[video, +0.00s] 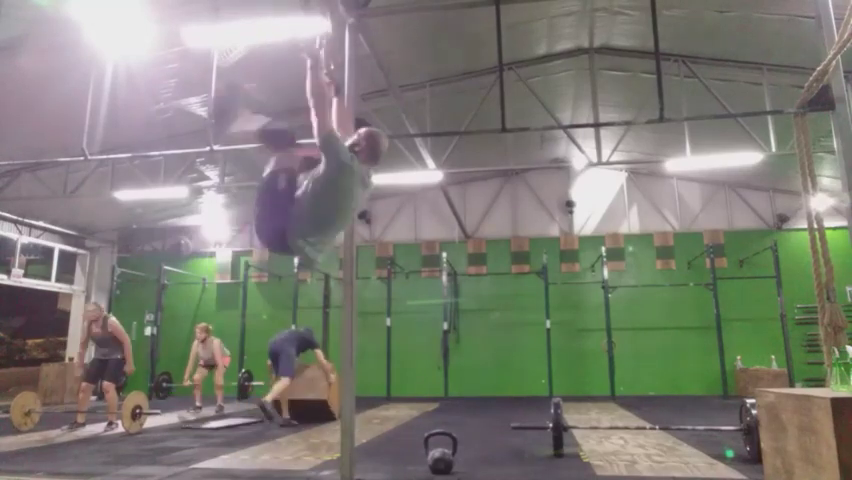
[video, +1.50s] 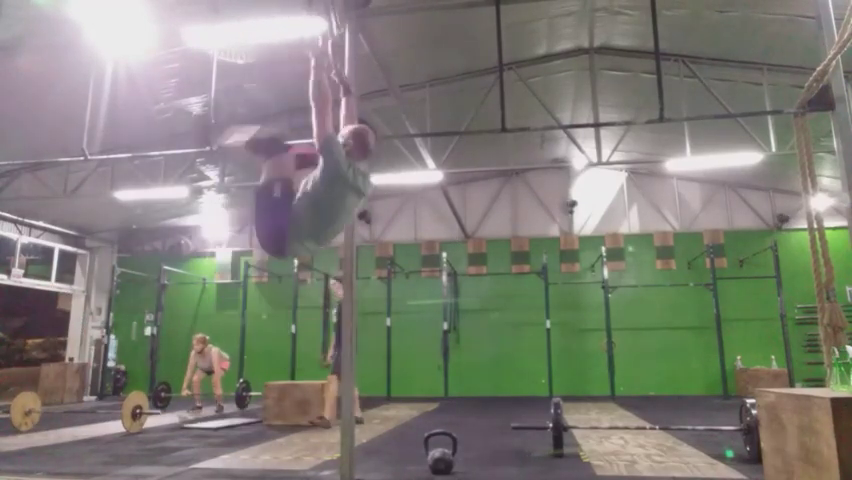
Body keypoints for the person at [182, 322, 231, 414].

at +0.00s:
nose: (198, 335)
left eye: (201, 333)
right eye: (197, 333)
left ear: (207, 334)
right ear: (195, 333)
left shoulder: (215, 342)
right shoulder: (196, 343)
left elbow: (220, 362)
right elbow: (191, 361)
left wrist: (219, 378)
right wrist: (186, 378)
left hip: (220, 360)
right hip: (205, 361)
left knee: (218, 381)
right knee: (196, 378)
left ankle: (219, 404)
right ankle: (198, 404)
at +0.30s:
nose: (201, 318)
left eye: (204, 316)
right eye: (200, 316)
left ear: (210, 317)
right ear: (199, 317)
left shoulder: (216, 328)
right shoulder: (198, 329)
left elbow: (222, 345)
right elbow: (194, 346)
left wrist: (223, 362)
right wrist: (190, 362)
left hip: (217, 355)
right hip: (204, 355)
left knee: (218, 378)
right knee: (201, 376)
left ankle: (219, 402)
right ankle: (198, 403)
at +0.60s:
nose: (203, 319)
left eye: (206, 317)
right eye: (202, 316)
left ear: (211, 318)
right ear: (201, 318)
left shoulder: (218, 329)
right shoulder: (199, 330)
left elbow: (222, 346)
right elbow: (195, 346)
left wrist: (223, 363)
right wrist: (190, 363)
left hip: (217, 356)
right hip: (204, 356)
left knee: (218, 378)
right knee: (200, 376)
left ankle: (219, 402)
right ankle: (198, 403)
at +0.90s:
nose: (197, 336)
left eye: (199, 334)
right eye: (195, 334)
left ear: (205, 334)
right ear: (194, 335)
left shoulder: (213, 342)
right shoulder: (195, 344)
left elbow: (219, 360)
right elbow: (191, 360)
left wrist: (220, 377)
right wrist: (187, 378)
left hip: (219, 360)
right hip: (205, 361)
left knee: (218, 382)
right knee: (197, 379)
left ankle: (219, 404)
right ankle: (198, 404)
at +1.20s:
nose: (205, 312)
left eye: (207, 310)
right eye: (204, 310)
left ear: (213, 312)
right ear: (203, 312)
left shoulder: (218, 324)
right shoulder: (200, 324)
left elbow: (223, 340)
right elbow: (195, 340)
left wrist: (223, 356)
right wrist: (191, 356)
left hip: (216, 354)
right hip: (203, 354)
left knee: (216, 378)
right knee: (201, 378)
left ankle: (219, 403)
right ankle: (198, 402)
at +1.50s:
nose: (195, 347)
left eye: (198, 344)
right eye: (194, 344)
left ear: (204, 344)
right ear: (193, 345)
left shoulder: (213, 351)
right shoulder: (194, 353)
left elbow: (217, 369)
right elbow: (190, 370)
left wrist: (217, 388)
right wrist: (184, 387)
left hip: (221, 364)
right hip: (205, 367)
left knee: (215, 381)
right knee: (195, 379)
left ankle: (219, 404)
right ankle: (198, 404)